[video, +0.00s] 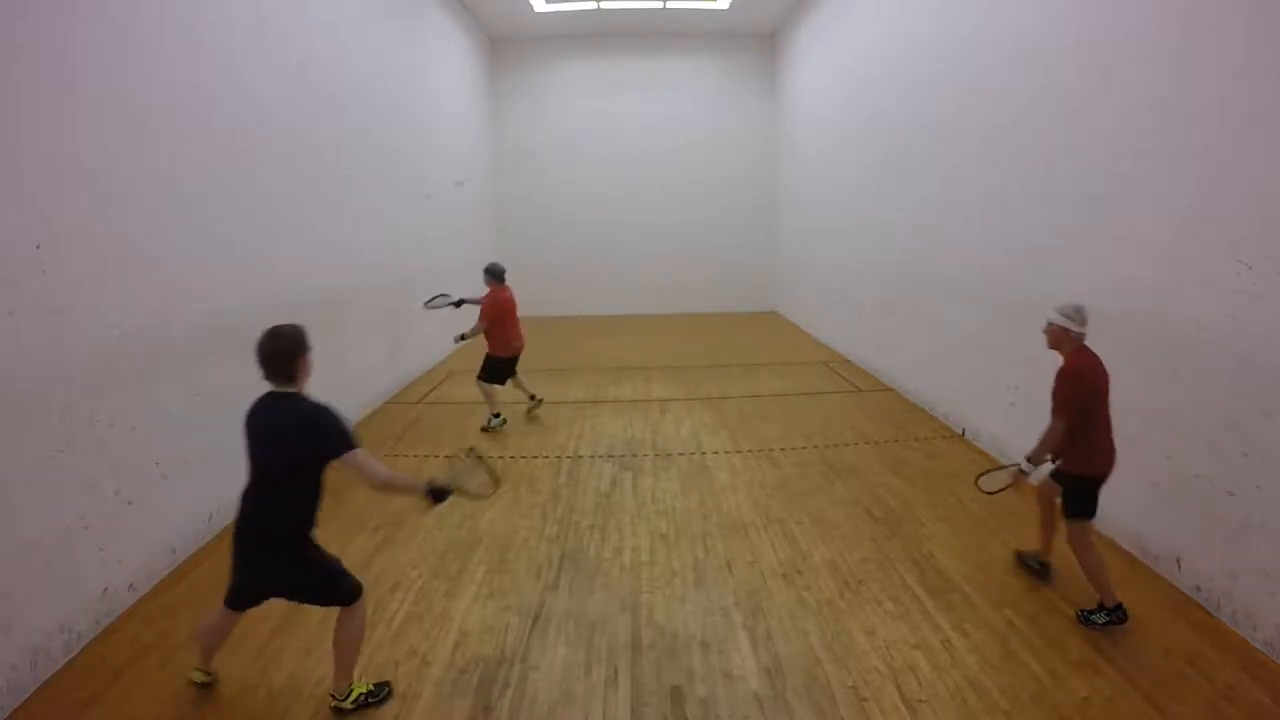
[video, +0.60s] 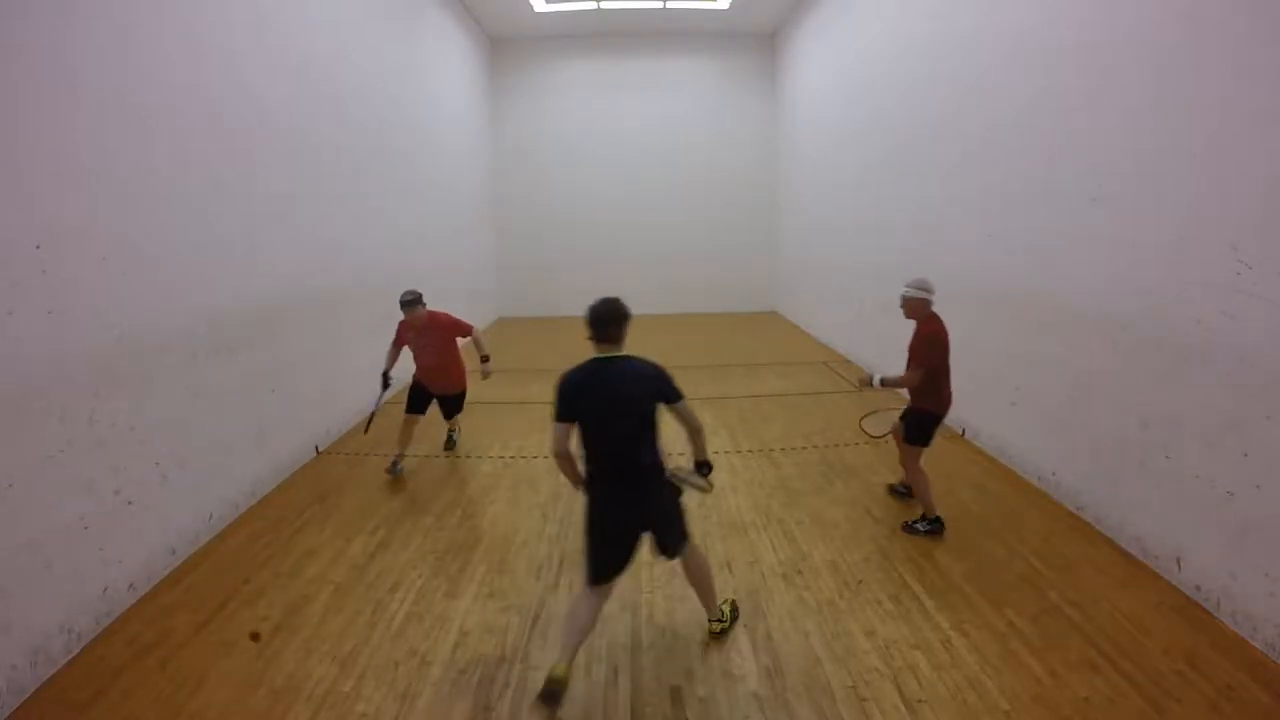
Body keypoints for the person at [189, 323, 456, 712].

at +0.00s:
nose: (310, 360)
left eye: (307, 353)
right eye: (308, 355)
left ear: (266, 366)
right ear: (304, 364)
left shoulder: (258, 412)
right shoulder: (317, 417)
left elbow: (269, 471)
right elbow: (377, 476)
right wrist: (427, 488)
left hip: (249, 541)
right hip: (290, 547)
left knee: (233, 606)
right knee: (352, 597)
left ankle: (201, 668)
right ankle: (343, 690)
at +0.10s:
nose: (355, 341)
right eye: (356, 334)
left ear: (318, 343)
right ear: (358, 341)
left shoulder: (304, 391)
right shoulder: (379, 394)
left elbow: (268, 446)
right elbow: (438, 442)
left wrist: (313, 439)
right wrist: (476, 452)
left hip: (300, 518)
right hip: (346, 523)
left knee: (282, 600)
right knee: (364, 605)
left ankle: (256, 685)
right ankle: (343, 691)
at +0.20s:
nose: (403, 312)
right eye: (406, 305)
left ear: (367, 310)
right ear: (408, 310)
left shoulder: (347, 359)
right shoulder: (425, 361)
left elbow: (292, 399)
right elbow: (461, 416)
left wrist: (342, 430)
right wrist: (485, 457)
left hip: (366, 487)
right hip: (411, 489)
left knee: (366, 590)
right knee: (400, 592)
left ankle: (357, 679)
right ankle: (363, 673)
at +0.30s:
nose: (458, 302)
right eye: (460, 295)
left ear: (421, 300)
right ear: (462, 300)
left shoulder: (398, 348)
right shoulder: (477, 353)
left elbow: (345, 392)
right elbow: (495, 418)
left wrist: (372, 450)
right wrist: (520, 476)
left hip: (424, 485)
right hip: (472, 483)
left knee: (452, 593)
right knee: (476, 580)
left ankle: (465, 696)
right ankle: (444, 658)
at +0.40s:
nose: (517, 321)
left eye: (507, 313)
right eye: (519, 315)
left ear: (477, 317)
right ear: (516, 320)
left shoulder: (450, 369)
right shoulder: (536, 372)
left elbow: (415, 430)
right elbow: (560, 438)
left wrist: (430, 488)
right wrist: (579, 496)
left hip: (487, 504)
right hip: (537, 498)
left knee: (513, 612)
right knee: (559, 568)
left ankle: (533, 708)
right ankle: (579, 656)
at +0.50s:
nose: (558, 336)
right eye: (566, 327)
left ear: (532, 334)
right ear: (570, 332)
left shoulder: (512, 386)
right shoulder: (592, 382)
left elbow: (499, 460)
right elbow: (636, 445)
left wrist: (530, 479)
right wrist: (654, 493)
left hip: (547, 515)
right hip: (596, 505)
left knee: (538, 623)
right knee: (638, 559)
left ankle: (542, 712)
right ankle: (692, 621)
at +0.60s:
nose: (616, 333)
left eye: (602, 327)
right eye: (620, 325)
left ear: (589, 331)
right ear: (625, 329)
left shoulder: (573, 381)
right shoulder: (648, 373)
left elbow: (560, 450)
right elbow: (692, 424)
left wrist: (582, 483)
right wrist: (701, 462)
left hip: (606, 496)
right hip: (653, 489)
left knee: (595, 587)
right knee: (685, 548)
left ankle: (560, 666)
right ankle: (716, 615)